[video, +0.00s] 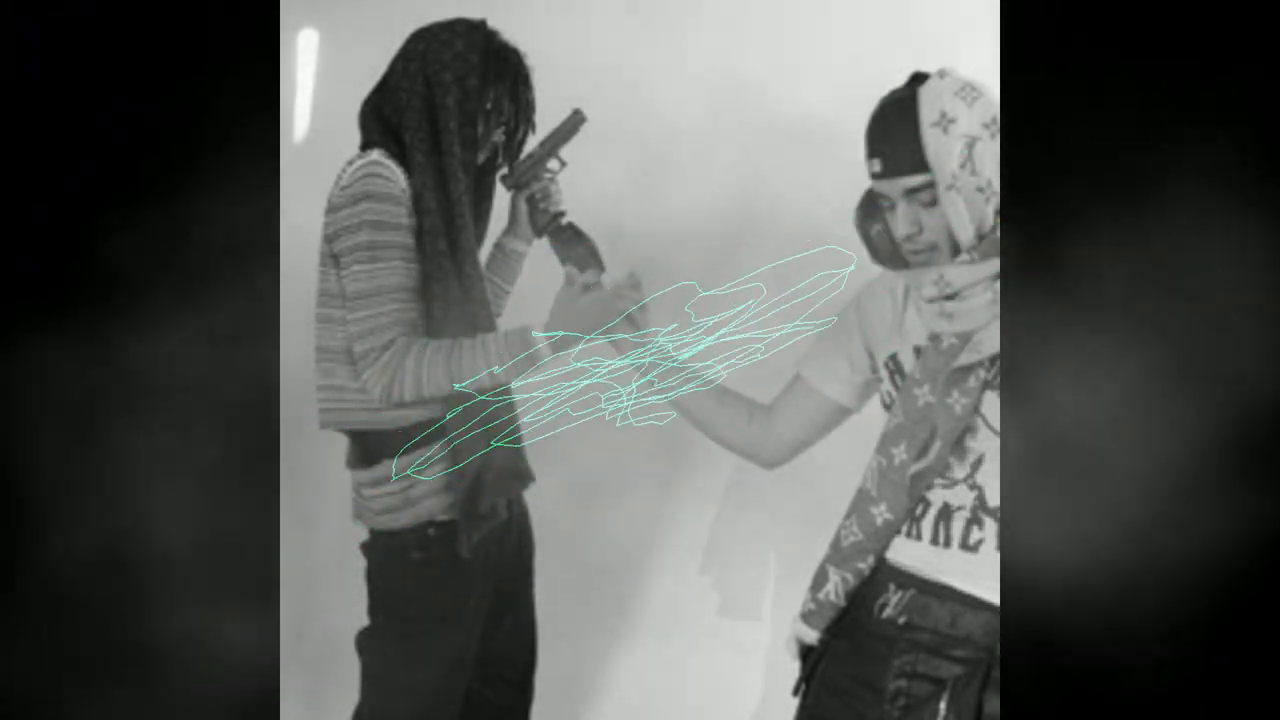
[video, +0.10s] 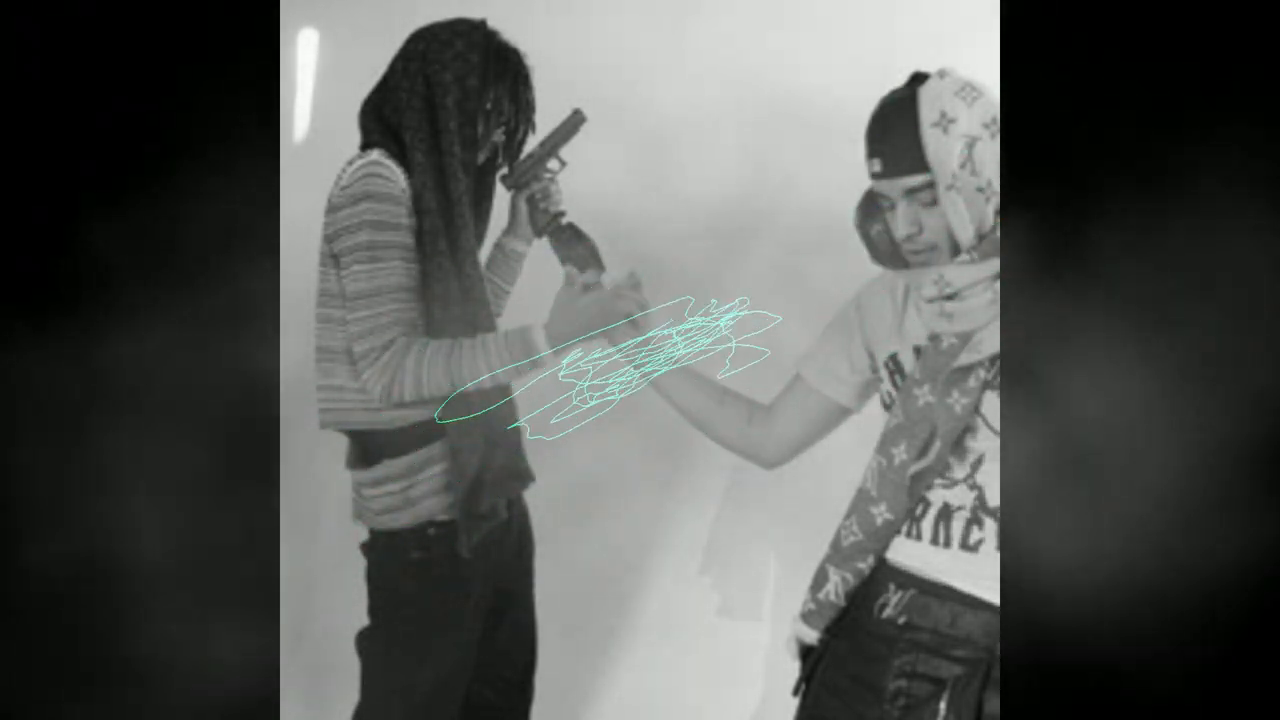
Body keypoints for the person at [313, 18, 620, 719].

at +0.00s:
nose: (495, 142)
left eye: (502, 124)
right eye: (489, 119)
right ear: (446, 108)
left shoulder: (430, 191)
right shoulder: (377, 182)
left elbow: (464, 330)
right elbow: (388, 370)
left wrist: (518, 234)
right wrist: (555, 337)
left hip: (486, 498)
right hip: (420, 514)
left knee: (500, 697)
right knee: (411, 703)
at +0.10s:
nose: (496, 142)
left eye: (503, 125)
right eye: (490, 119)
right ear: (447, 107)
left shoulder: (429, 191)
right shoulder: (376, 182)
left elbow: (462, 328)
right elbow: (388, 368)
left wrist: (519, 235)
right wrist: (549, 337)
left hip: (486, 502)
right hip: (420, 517)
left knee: (500, 700)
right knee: (411, 705)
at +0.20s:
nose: (497, 144)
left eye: (504, 126)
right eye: (492, 120)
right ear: (449, 108)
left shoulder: (429, 192)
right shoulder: (376, 182)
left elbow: (462, 330)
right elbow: (388, 368)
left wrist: (518, 235)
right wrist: (548, 340)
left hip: (487, 497)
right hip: (422, 514)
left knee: (500, 700)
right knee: (410, 705)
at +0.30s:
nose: (496, 143)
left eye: (503, 125)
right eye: (491, 119)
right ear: (448, 108)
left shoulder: (430, 191)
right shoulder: (376, 182)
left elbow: (463, 327)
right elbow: (388, 368)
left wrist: (519, 234)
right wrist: (549, 339)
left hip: (484, 497)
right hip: (420, 511)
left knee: (500, 698)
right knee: (411, 703)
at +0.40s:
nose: (499, 146)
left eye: (506, 127)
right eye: (494, 122)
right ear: (451, 109)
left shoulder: (429, 193)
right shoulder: (377, 182)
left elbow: (466, 334)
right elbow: (386, 370)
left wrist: (518, 234)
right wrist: (549, 340)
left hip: (486, 498)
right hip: (424, 507)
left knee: (499, 697)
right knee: (411, 701)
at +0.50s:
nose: (498, 145)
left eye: (505, 127)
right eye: (493, 122)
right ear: (450, 108)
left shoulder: (425, 192)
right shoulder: (376, 183)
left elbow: (462, 332)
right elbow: (388, 368)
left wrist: (518, 235)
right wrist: (549, 339)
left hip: (485, 500)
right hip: (422, 516)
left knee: (500, 700)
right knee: (411, 705)